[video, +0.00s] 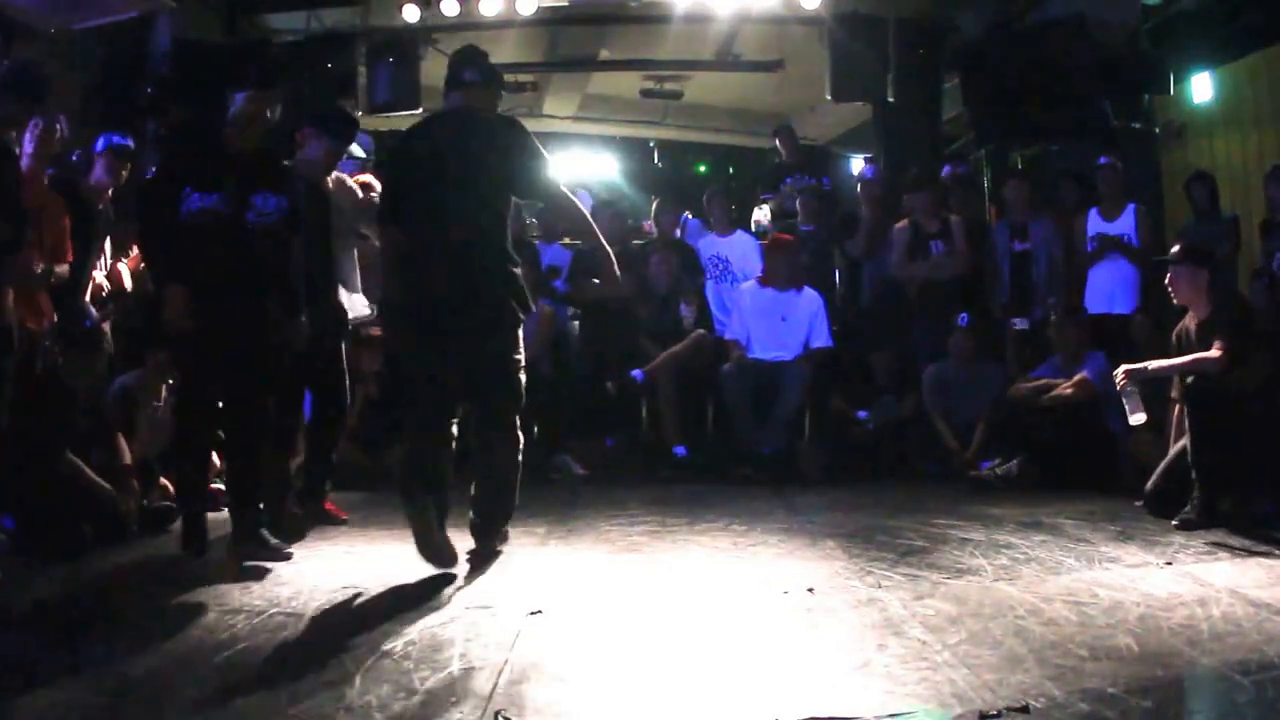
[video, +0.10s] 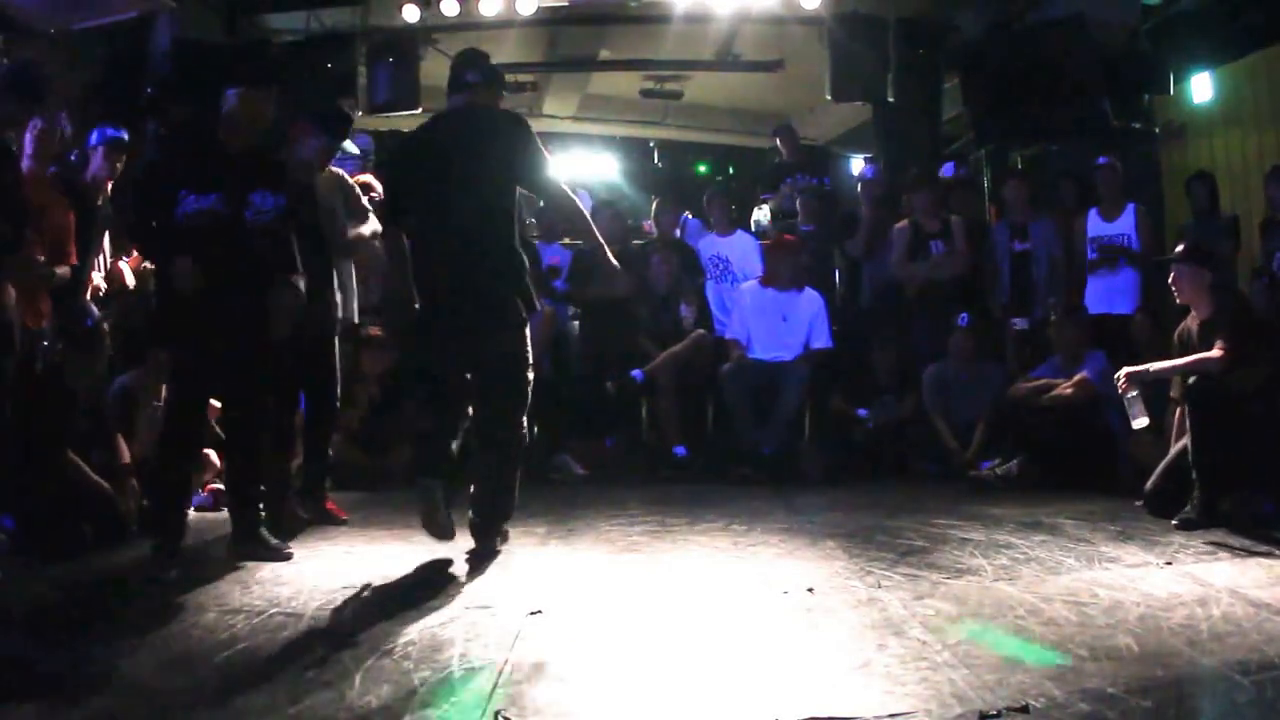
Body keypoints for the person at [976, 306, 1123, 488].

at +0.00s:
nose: (1056, 336)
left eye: (1062, 329)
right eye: (1054, 329)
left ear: (1078, 331)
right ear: (1051, 333)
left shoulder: (1095, 360)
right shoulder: (1057, 362)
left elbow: (1075, 392)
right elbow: (1014, 392)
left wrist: (1040, 401)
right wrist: (1053, 383)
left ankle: (1022, 464)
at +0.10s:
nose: (1057, 335)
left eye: (1063, 329)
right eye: (1054, 328)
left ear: (1079, 332)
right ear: (1050, 332)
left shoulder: (1095, 360)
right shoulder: (1057, 362)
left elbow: (1072, 393)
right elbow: (1014, 392)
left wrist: (1037, 401)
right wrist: (1054, 383)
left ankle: (1023, 463)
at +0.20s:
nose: (1054, 333)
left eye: (1060, 327)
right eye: (1052, 327)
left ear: (1078, 329)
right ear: (1049, 331)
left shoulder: (1096, 360)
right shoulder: (1055, 363)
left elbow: (1073, 393)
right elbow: (1014, 392)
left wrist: (1035, 401)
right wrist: (1057, 383)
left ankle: (1021, 464)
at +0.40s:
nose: (1052, 332)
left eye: (1058, 326)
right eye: (1051, 326)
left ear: (1076, 330)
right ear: (1049, 330)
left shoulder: (1096, 360)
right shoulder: (1055, 363)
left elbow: (1071, 393)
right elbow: (1013, 392)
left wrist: (1033, 401)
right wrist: (1057, 384)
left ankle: (1022, 463)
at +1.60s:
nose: (1056, 337)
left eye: (1061, 330)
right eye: (1053, 331)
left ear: (1075, 331)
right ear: (1049, 335)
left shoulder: (1093, 361)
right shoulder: (1054, 363)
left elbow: (1073, 393)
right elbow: (1012, 393)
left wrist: (1038, 400)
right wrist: (1054, 384)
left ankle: (1022, 462)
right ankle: (1005, 457)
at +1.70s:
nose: (1057, 335)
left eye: (1061, 327)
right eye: (1054, 328)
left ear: (1075, 329)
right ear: (1050, 333)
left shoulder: (1094, 361)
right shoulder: (1054, 363)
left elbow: (1072, 394)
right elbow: (1011, 393)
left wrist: (1034, 401)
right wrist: (1053, 384)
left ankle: (1022, 464)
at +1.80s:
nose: (1054, 333)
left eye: (1060, 327)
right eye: (1052, 327)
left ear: (1076, 330)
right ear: (1049, 331)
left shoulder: (1093, 360)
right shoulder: (1054, 363)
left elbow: (1071, 396)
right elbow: (1012, 393)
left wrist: (1030, 400)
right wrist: (1052, 384)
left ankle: (1020, 463)